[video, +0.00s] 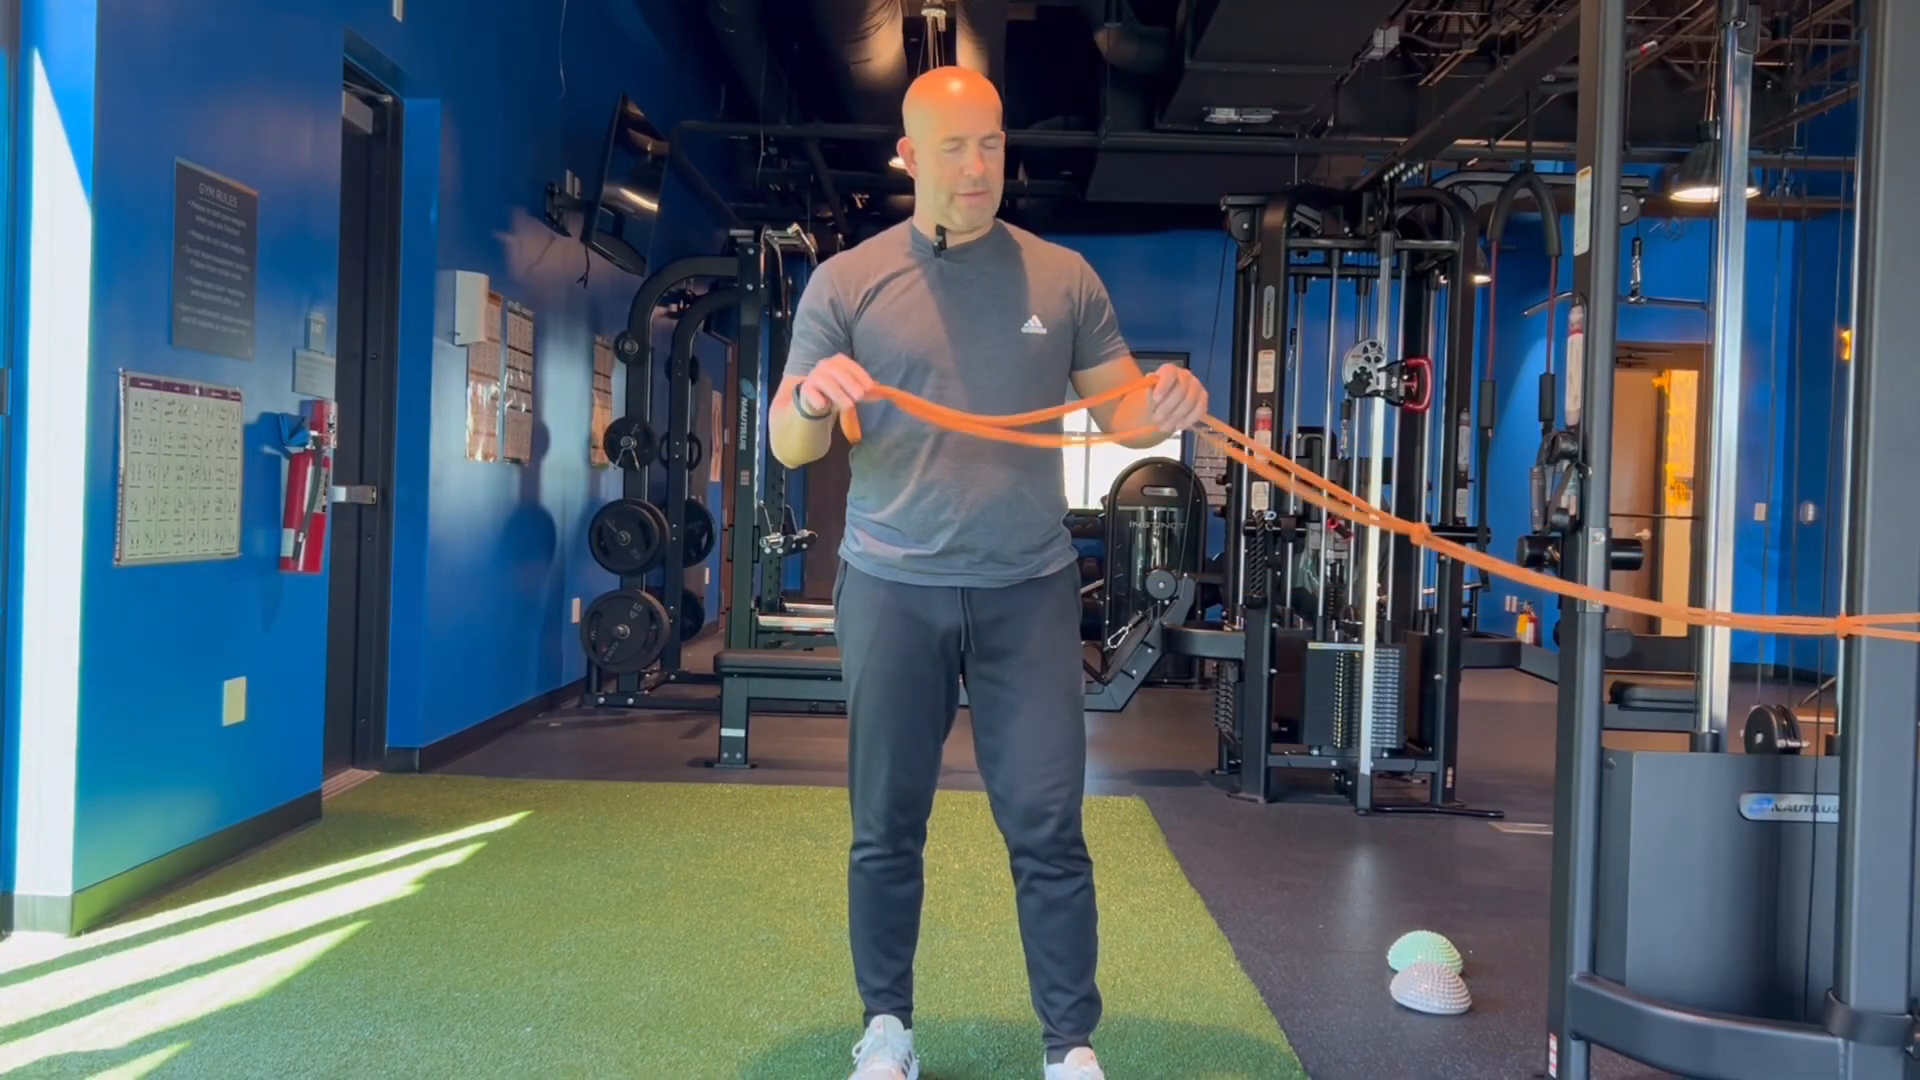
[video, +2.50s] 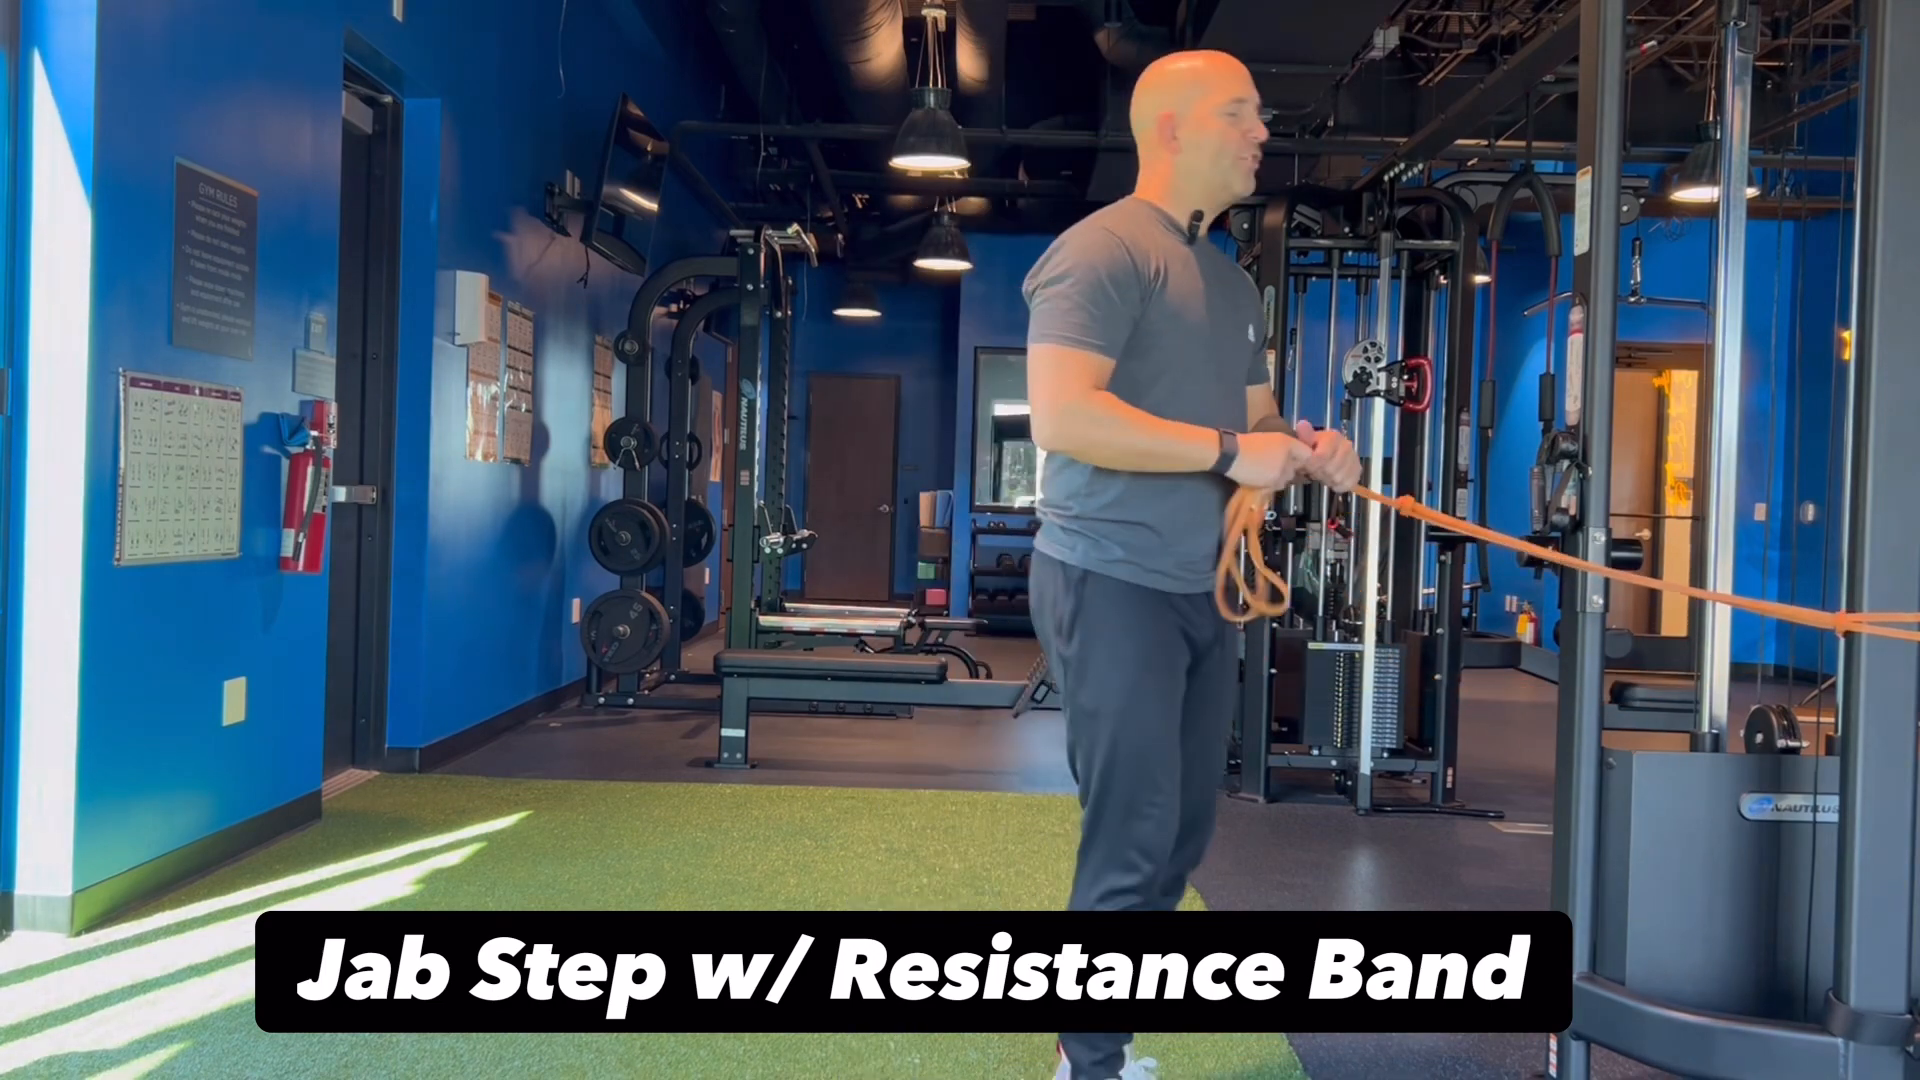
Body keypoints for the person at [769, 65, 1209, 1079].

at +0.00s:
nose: (980, 166)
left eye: (992, 145)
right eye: (957, 148)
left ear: (1006, 150)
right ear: (909, 160)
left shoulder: (1065, 279)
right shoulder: (845, 285)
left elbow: (1123, 420)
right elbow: (788, 448)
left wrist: (1167, 402)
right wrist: (810, 399)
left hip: (1031, 585)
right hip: (892, 586)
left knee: (1047, 822)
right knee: (887, 824)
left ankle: (1071, 1043)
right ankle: (887, 1021)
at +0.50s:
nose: (1053, 177)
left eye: (1059, 158)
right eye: (1033, 157)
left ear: (1055, 161)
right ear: (968, 159)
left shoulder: (1088, 279)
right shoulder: (879, 277)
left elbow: (1189, 392)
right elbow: (796, 419)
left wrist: (1213, 350)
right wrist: (861, 446)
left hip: (1061, 593)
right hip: (926, 592)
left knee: (1074, 831)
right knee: (901, 836)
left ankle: (1071, 1044)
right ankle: (883, 1035)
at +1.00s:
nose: (1161, 178)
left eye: (1167, 159)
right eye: (1149, 155)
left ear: (1101, 154)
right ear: (1079, 144)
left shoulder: (1154, 292)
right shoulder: (950, 256)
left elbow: (1218, 422)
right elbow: (860, 408)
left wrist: (1285, 486)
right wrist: (916, 347)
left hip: (1106, 593)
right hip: (979, 578)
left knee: (1096, 834)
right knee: (960, 798)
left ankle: (1073, 1047)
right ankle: (856, 1006)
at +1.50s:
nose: (1079, 134)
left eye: (1077, 115)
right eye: (1059, 114)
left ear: (1025, 130)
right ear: (986, 126)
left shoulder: (1073, 276)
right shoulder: (879, 256)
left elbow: (1147, 408)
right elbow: (820, 424)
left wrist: (1257, 488)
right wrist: (905, 387)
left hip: (1052, 587)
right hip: (927, 585)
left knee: (1084, 830)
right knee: (895, 837)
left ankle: (1071, 1051)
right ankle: (870, 1055)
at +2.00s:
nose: (1122, 118)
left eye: (1128, 104)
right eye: (1095, 101)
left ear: (1132, 134)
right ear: (1037, 127)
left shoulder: (1140, 277)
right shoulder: (981, 252)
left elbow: (1179, 412)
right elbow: (973, 422)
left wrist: (1231, 455)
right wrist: (1135, 471)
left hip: (1110, 592)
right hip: (997, 584)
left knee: (1109, 836)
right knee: (955, 831)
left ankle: (1089, 1051)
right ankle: (877, 1045)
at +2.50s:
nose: (1264, 133)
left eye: (1261, 115)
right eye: (1242, 114)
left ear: (1200, 137)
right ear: (1173, 131)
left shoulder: (1232, 282)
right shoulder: (1100, 246)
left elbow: (1233, 429)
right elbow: (1060, 417)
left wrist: (1296, 451)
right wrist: (1236, 455)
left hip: (1202, 588)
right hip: (1109, 581)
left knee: (1179, 839)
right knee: (1132, 838)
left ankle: (1099, 1042)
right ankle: (1091, 1059)